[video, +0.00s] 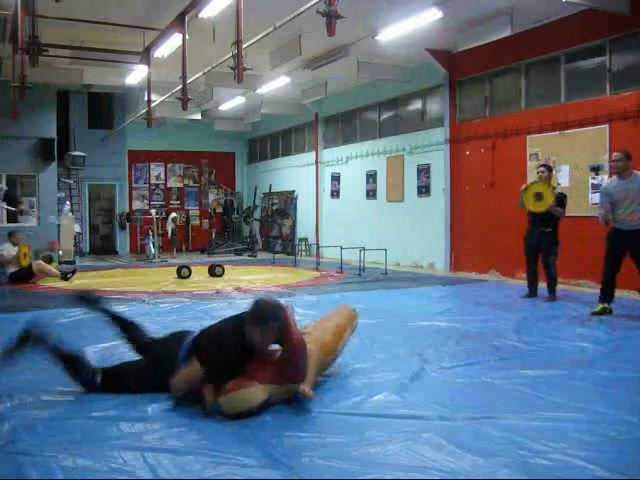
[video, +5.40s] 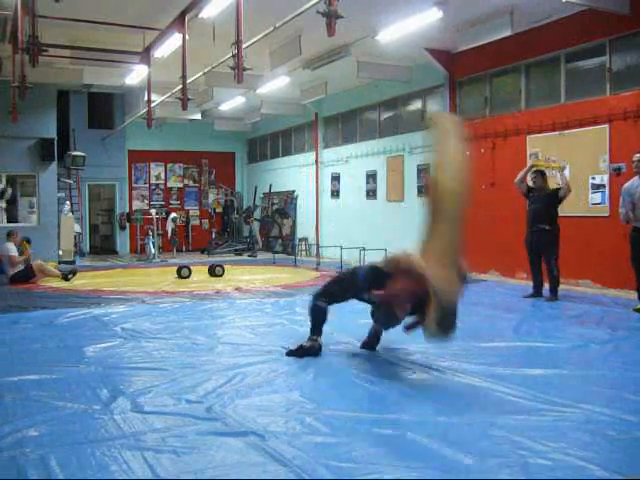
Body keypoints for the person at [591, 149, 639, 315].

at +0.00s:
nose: (614, 164)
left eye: (618, 161)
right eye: (612, 161)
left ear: (629, 163)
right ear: (611, 164)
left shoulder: (637, 180)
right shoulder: (608, 186)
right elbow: (604, 209)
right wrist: (605, 217)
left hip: (636, 229)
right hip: (618, 229)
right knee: (610, 268)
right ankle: (605, 302)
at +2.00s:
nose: (634, 164)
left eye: (636, 160)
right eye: (632, 161)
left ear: (639, 163)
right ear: (630, 164)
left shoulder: (629, 186)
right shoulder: (626, 186)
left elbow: (622, 209)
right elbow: (622, 209)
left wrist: (629, 221)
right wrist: (628, 221)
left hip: (634, 228)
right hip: (632, 228)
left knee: (627, 265)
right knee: (626, 265)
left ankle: (623, 299)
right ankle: (623, 299)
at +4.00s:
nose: (635, 163)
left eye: (637, 160)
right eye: (634, 161)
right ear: (631, 164)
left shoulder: (630, 186)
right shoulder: (628, 186)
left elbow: (625, 208)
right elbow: (625, 207)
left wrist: (629, 217)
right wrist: (630, 218)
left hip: (635, 229)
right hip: (635, 229)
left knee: (634, 265)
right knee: (633, 265)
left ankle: (638, 297)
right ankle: (638, 297)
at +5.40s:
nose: (635, 165)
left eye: (637, 161)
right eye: (634, 161)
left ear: (639, 165)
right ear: (632, 164)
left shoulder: (629, 187)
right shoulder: (629, 187)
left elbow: (625, 214)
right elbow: (624, 214)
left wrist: (631, 219)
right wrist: (630, 218)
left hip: (636, 229)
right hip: (635, 228)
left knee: (637, 267)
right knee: (636, 267)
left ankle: (639, 300)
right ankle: (639, 300)